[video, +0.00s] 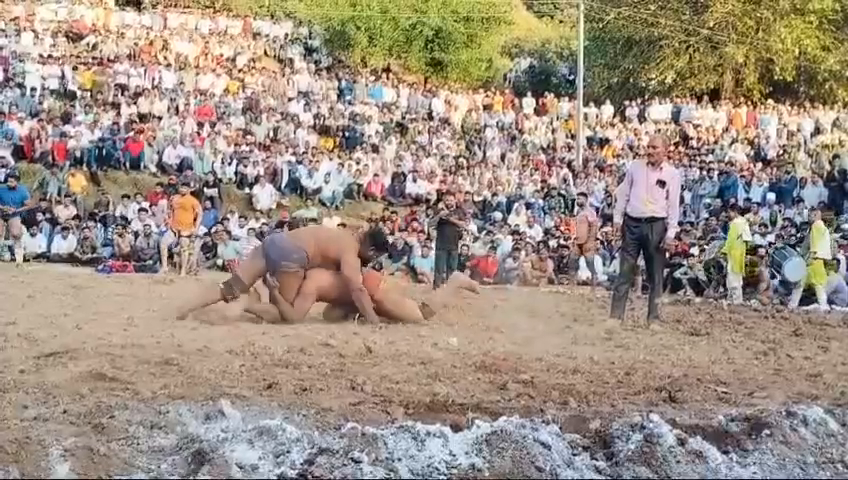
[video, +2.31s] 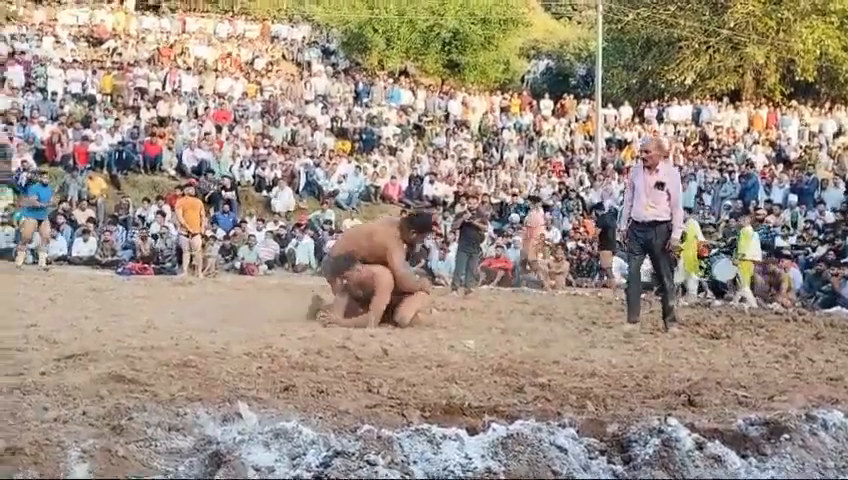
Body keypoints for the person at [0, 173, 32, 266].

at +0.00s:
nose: (10, 183)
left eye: (12, 181)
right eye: (9, 181)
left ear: (17, 181)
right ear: (7, 181)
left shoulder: (22, 190)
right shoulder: (2, 189)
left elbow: (29, 205)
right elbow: (1, 204)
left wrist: (15, 210)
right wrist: (4, 208)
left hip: (14, 215)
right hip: (3, 214)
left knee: (16, 234)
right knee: (2, 235)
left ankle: (19, 260)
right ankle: (4, 254)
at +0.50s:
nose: (7, 182)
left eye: (10, 180)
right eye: (6, 180)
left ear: (15, 182)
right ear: (5, 180)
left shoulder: (21, 191)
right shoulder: (2, 190)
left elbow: (24, 207)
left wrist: (12, 211)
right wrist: (3, 210)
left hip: (14, 214)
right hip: (3, 214)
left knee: (12, 234)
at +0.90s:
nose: (1, 179)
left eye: (2, 176)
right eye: (1, 176)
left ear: (6, 176)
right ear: (2, 177)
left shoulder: (18, 183)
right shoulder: (2, 190)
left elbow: (28, 195)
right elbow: (2, 204)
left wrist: (15, 203)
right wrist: (7, 206)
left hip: (25, 210)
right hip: (12, 212)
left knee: (25, 232)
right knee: (7, 231)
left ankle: (23, 256)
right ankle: (3, 252)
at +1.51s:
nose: (11, 170)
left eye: (14, 167)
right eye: (10, 167)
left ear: (19, 168)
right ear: (7, 168)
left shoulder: (27, 180)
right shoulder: (5, 181)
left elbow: (33, 192)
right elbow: (2, 194)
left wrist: (20, 193)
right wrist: (8, 194)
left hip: (23, 206)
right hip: (8, 206)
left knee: (25, 231)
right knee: (6, 230)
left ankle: (25, 255)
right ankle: (3, 254)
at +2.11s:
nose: (23, 172)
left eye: (25, 170)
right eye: (21, 170)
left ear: (28, 172)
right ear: (17, 171)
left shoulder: (32, 183)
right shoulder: (12, 181)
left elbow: (35, 195)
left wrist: (30, 200)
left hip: (24, 209)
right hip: (10, 208)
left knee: (27, 229)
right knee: (8, 230)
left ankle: (27, 255)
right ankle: (5, 254)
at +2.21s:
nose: (31, 175)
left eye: (33, 173)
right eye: (29, 173)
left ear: (35, 174)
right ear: (25, 174)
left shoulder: (38, 185)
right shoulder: (19, 184)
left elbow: (40, 197)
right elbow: (15, 198)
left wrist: (36, 201)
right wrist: (28, 202)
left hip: (31, 211)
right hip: (18, 210)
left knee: (34, 233)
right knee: (15, 234)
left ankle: (32, 258)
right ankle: (9, 257)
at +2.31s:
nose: (45, 179)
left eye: (47, 176)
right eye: (43, 176)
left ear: (49, 178)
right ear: (39, 177)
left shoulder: (49, 190)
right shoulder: (33, 188)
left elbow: (51, 201)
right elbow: (32, 201)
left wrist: (52, 203)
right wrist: (43, 205)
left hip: (43, 215)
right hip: (31, 215)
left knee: (45, 238)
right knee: (26, 238)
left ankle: (42, 262)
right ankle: (19, 261)